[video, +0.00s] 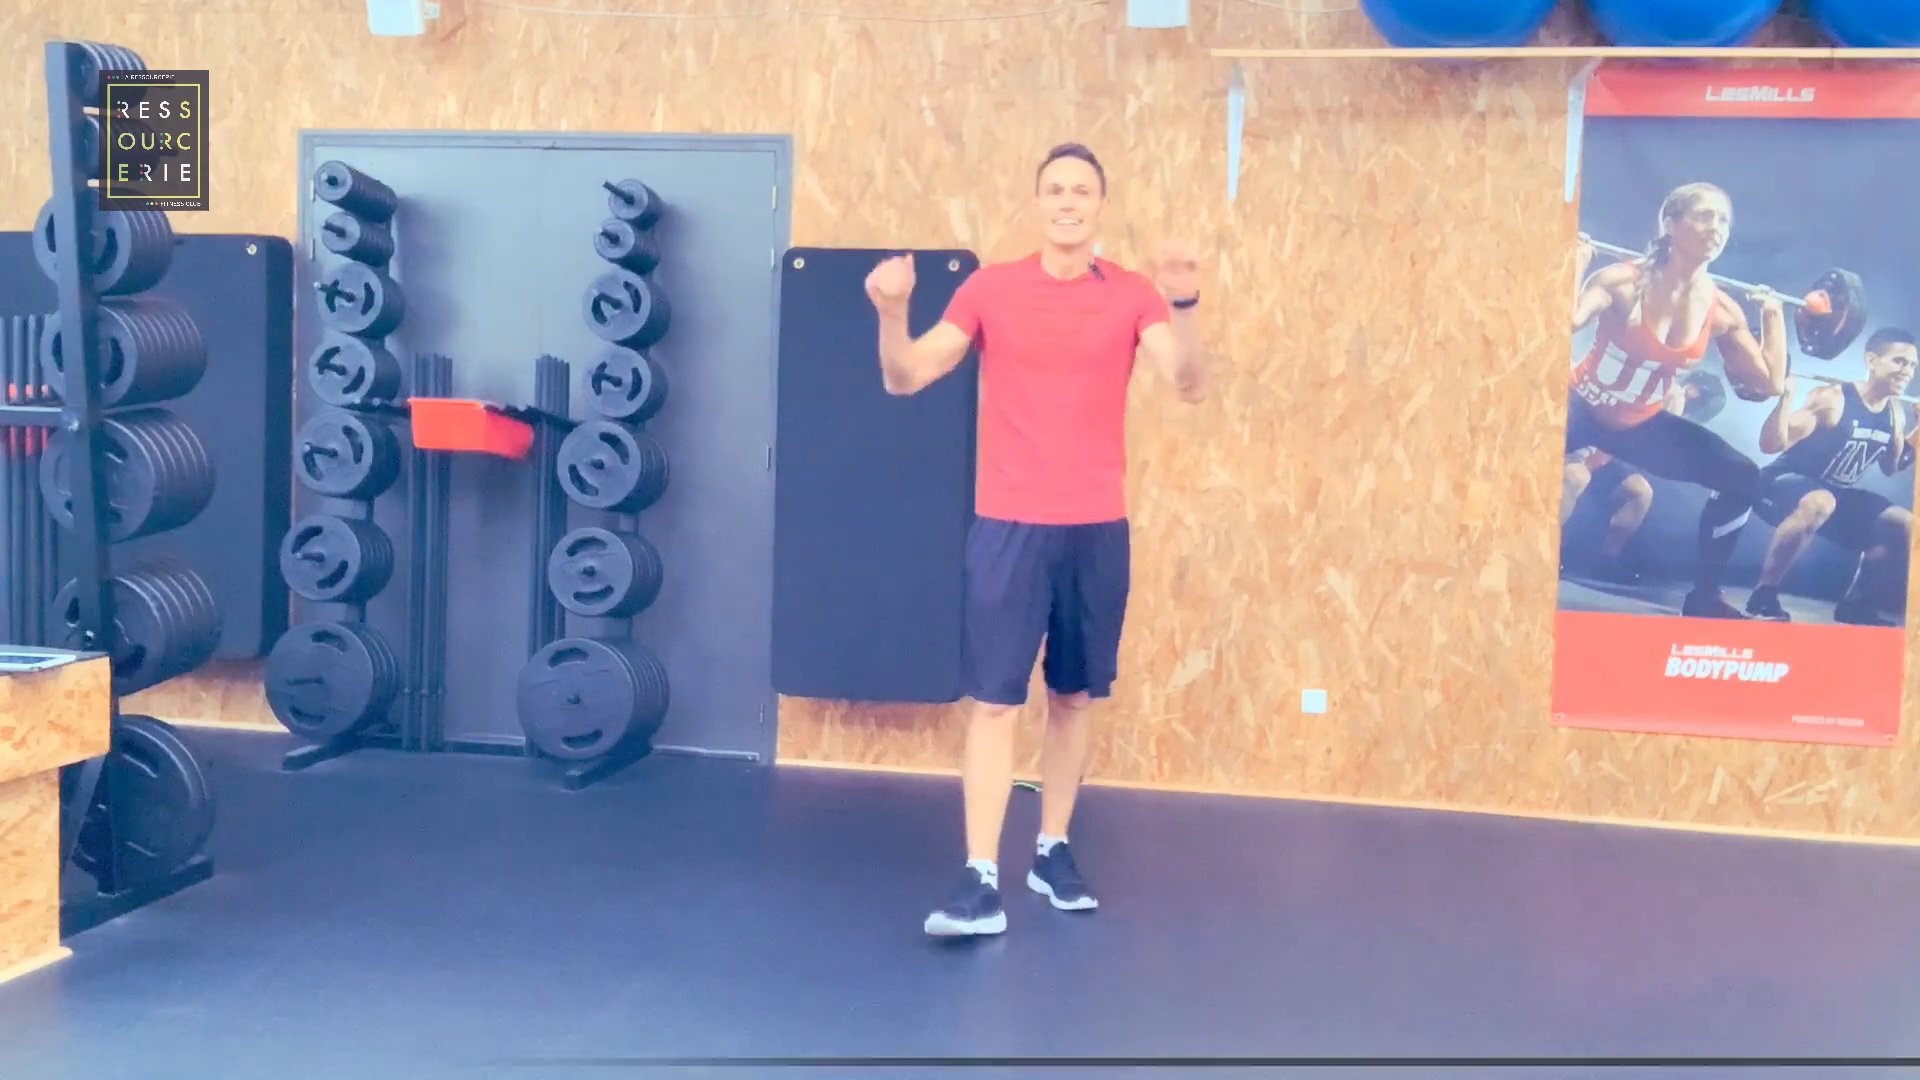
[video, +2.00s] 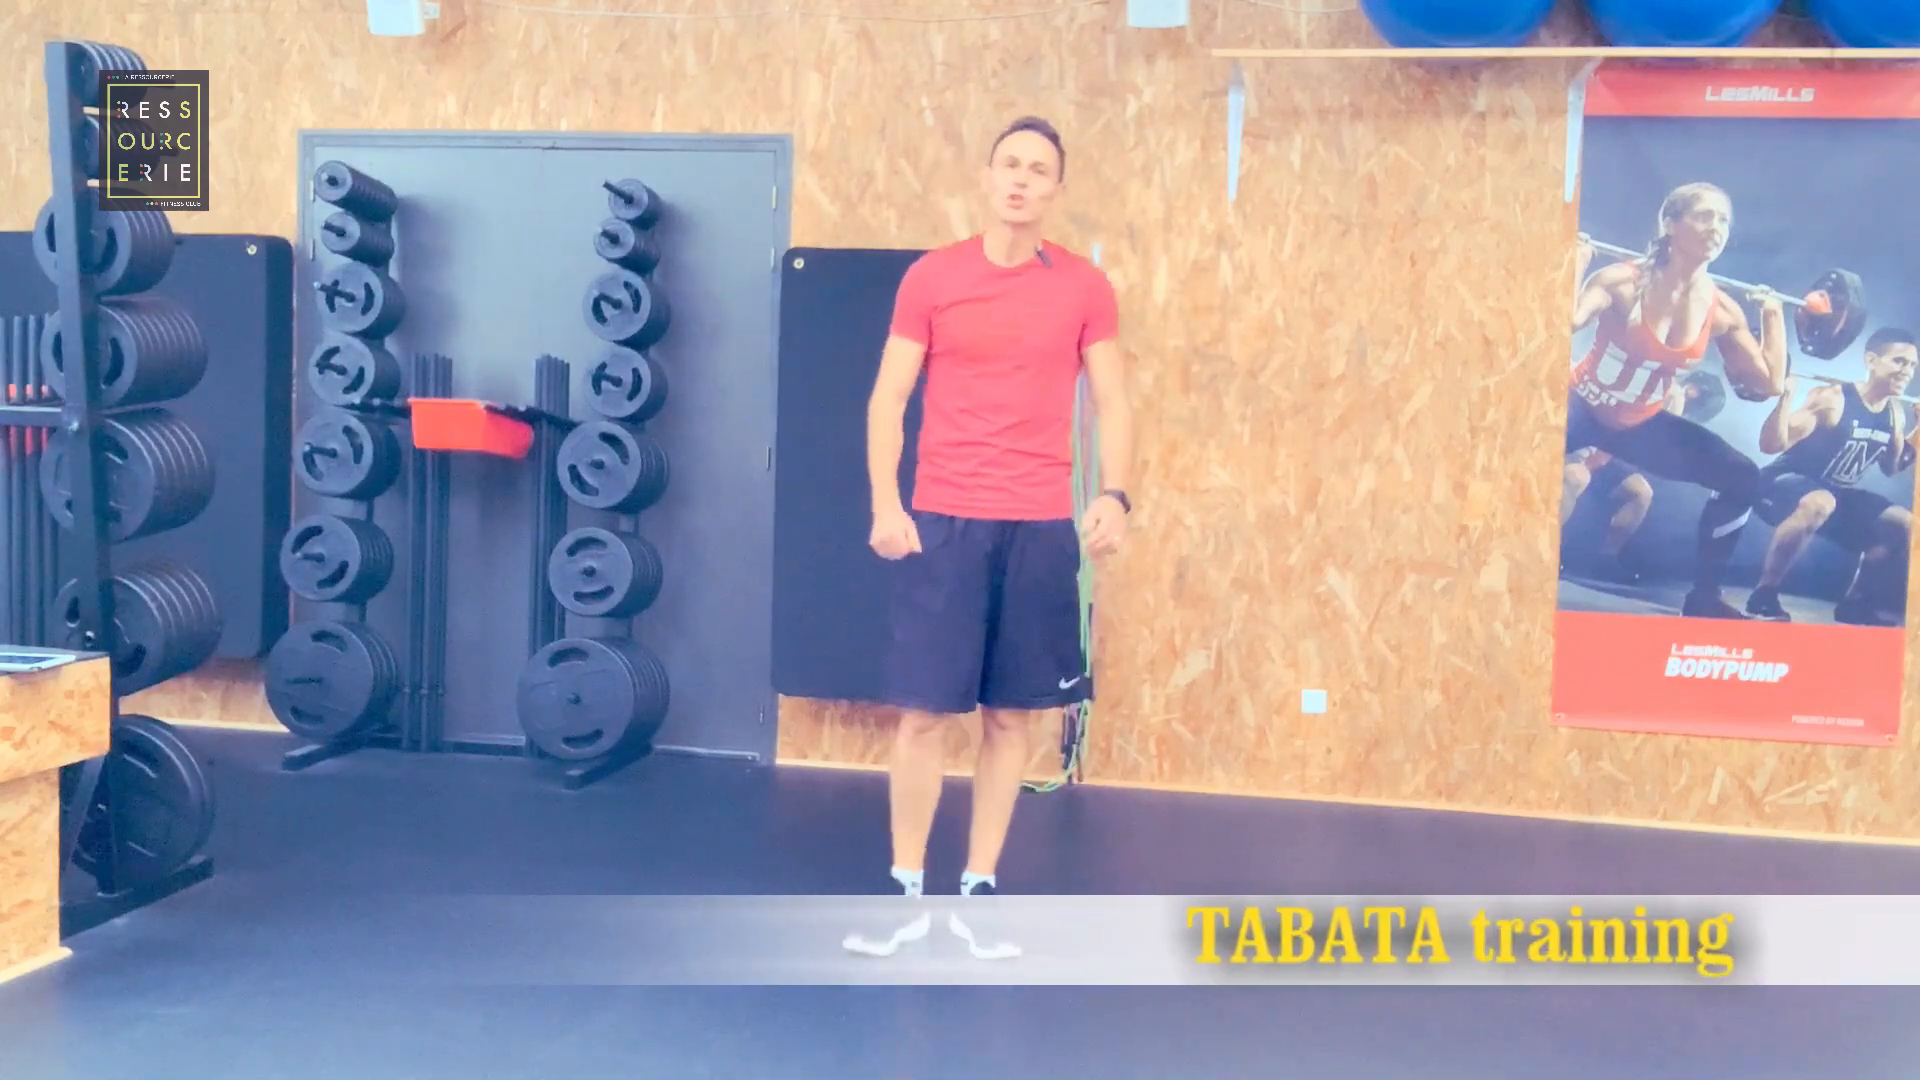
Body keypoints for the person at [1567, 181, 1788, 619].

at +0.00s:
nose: (1716, 228)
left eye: (1724, 221)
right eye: (1704, 216)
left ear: (1728, 234)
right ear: (1670, 223)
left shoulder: (1722, 310)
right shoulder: (1620, 279)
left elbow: (1768, 386)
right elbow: (1559, 324)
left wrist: (1773, 312)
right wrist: (1573, 269)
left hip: (1644, 425)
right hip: (1579, 409)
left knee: (1741, 477)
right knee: (1515, 447)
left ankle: (1705, 596)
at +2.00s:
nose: (1716, 228)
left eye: (1724, 221)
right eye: (1704, 216)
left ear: (1728, 234)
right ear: (1670, 224)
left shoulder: (1722, 310)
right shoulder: (1620, 279)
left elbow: (1768, 386)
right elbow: (1559, 324)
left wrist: (1773, 312)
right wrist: (1573, 269)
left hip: (1644, 425)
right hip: (1579, 408)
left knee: (1741, 477)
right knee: (1515, 447)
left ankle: (1705, 597)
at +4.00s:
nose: (1716, 228)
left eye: (1724, 221)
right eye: (1704, 216)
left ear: (1728, 233)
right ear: (1671, 224)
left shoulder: (1722, 310)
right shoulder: (1620, 279)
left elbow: (1769, 385)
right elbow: (1559, 325)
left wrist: (1773, 312)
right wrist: (1573, 269)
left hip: (1644, 425)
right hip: (1579, 408)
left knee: (1741, 477)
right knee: (1516, 445)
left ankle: (1705, 597)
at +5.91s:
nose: (1717, 228)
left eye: (1724, 220)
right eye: (1705, 216)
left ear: (1728, 233)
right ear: (1670, 224)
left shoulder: (1722, 310)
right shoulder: (1620, 279)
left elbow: (1770, 385)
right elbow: (1558, 325)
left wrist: (1773, 313)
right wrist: (1573, 269)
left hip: (1644, 425)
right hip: (1579, 410)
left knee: (1742, 477)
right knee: (1512, 452)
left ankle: (1705, 597)